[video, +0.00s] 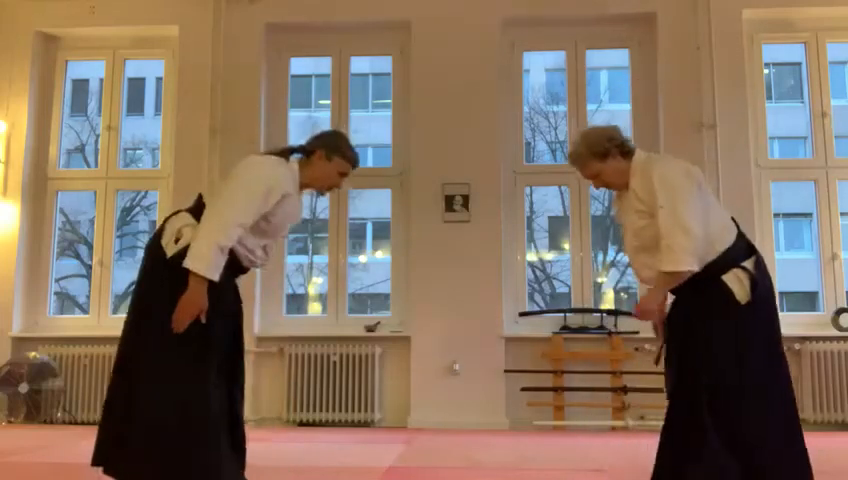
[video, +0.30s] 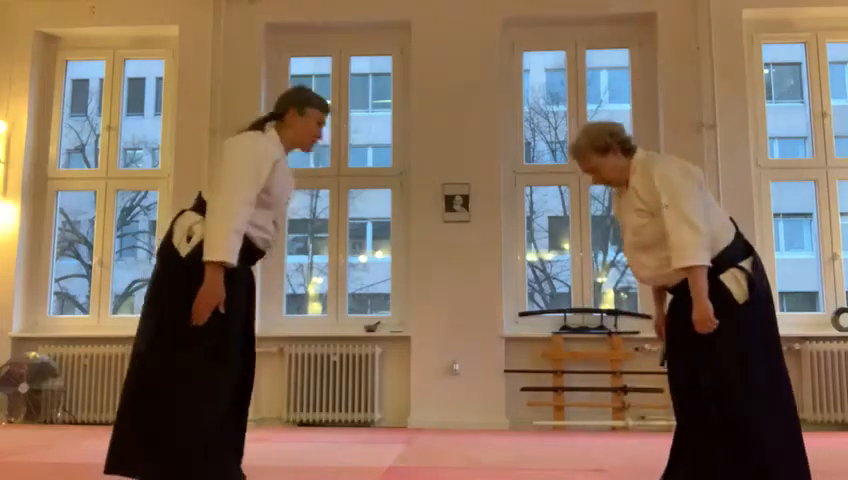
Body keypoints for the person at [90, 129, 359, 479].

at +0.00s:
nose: (339, 183)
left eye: (344, 178)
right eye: (340, 173)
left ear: (318, 159)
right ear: (318, 156)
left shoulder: (286, 187)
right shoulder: (269, 171)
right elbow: (222, 217)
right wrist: (197, 284)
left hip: (215, 267)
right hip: (189, 259)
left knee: (213, 368)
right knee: (192, 366)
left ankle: (208, 464)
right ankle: (185, 465)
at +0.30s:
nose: (319, 136)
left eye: (321, 128)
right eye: (316, 125)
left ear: (294, 118)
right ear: (292, 115)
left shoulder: (272, 153)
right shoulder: (255, 145)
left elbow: (241, 210)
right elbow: (228, 204)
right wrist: (214, 273)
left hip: (230, 266)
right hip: (214, 265)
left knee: (225, 368)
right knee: (212, 369)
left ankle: (213, 464)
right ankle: (200, 466)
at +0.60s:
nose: (281, 102)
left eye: (281, 95)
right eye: (275, 93)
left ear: (253, 95)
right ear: (249, 93)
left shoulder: (250, 136)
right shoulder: (231, 133)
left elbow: (244, 201)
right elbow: (225, 195)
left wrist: (257, 264)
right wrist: (235, 265)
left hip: (250, 258)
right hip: (230, 260)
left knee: (241, 370)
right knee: (225, 369)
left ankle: (233, 466)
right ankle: (218, 469)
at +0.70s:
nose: (275, 99)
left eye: (275, 92)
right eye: (268, 91)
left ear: (248, 94)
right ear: (242, 92)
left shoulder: (248, 136)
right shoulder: (227, 133)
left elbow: (244, 200)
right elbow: (224, 196)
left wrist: (261, 259)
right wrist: (237, 263)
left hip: (251, 256)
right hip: (229, 259)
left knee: (245, 366)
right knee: (228, 366)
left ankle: (239, 465)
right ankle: (223, 467)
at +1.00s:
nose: (269, 99)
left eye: (268, 92)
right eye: (262, 90)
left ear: (240, 95)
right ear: (235, 92)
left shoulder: (246, 137)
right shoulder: (223, 134)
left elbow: (247, 201)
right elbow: (222, 196)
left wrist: (266, 255)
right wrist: (236, 261)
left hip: (254, 255)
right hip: (233, 257)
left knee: (252, 364)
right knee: (232, 366)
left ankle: (249, 465)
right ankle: (229, 467)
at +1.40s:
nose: (270, 100)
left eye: (270, 93)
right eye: (263, 92)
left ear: (246, 96)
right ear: (236, 94)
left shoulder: (247, 136)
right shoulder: (225, 134)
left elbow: (247, 202)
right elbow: (223, 197)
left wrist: (265, 256)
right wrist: (236, 263)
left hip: (248, 255)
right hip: (227, 258)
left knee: (247, 366)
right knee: (228, 366)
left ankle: (244, 463)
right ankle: (225, 466)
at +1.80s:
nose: (268, 100)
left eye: (268, 92)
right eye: (261, 92)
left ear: (245, 97)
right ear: (236, 94)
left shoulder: (244, 136)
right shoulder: (226, 133)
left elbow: (242, 201)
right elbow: (223, 197)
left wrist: (263, 256)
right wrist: (240, 262)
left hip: (247, 256)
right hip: (230, 259)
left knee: (245, 367)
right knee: (230, 366)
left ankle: (240, 463)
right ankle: (226, 466)